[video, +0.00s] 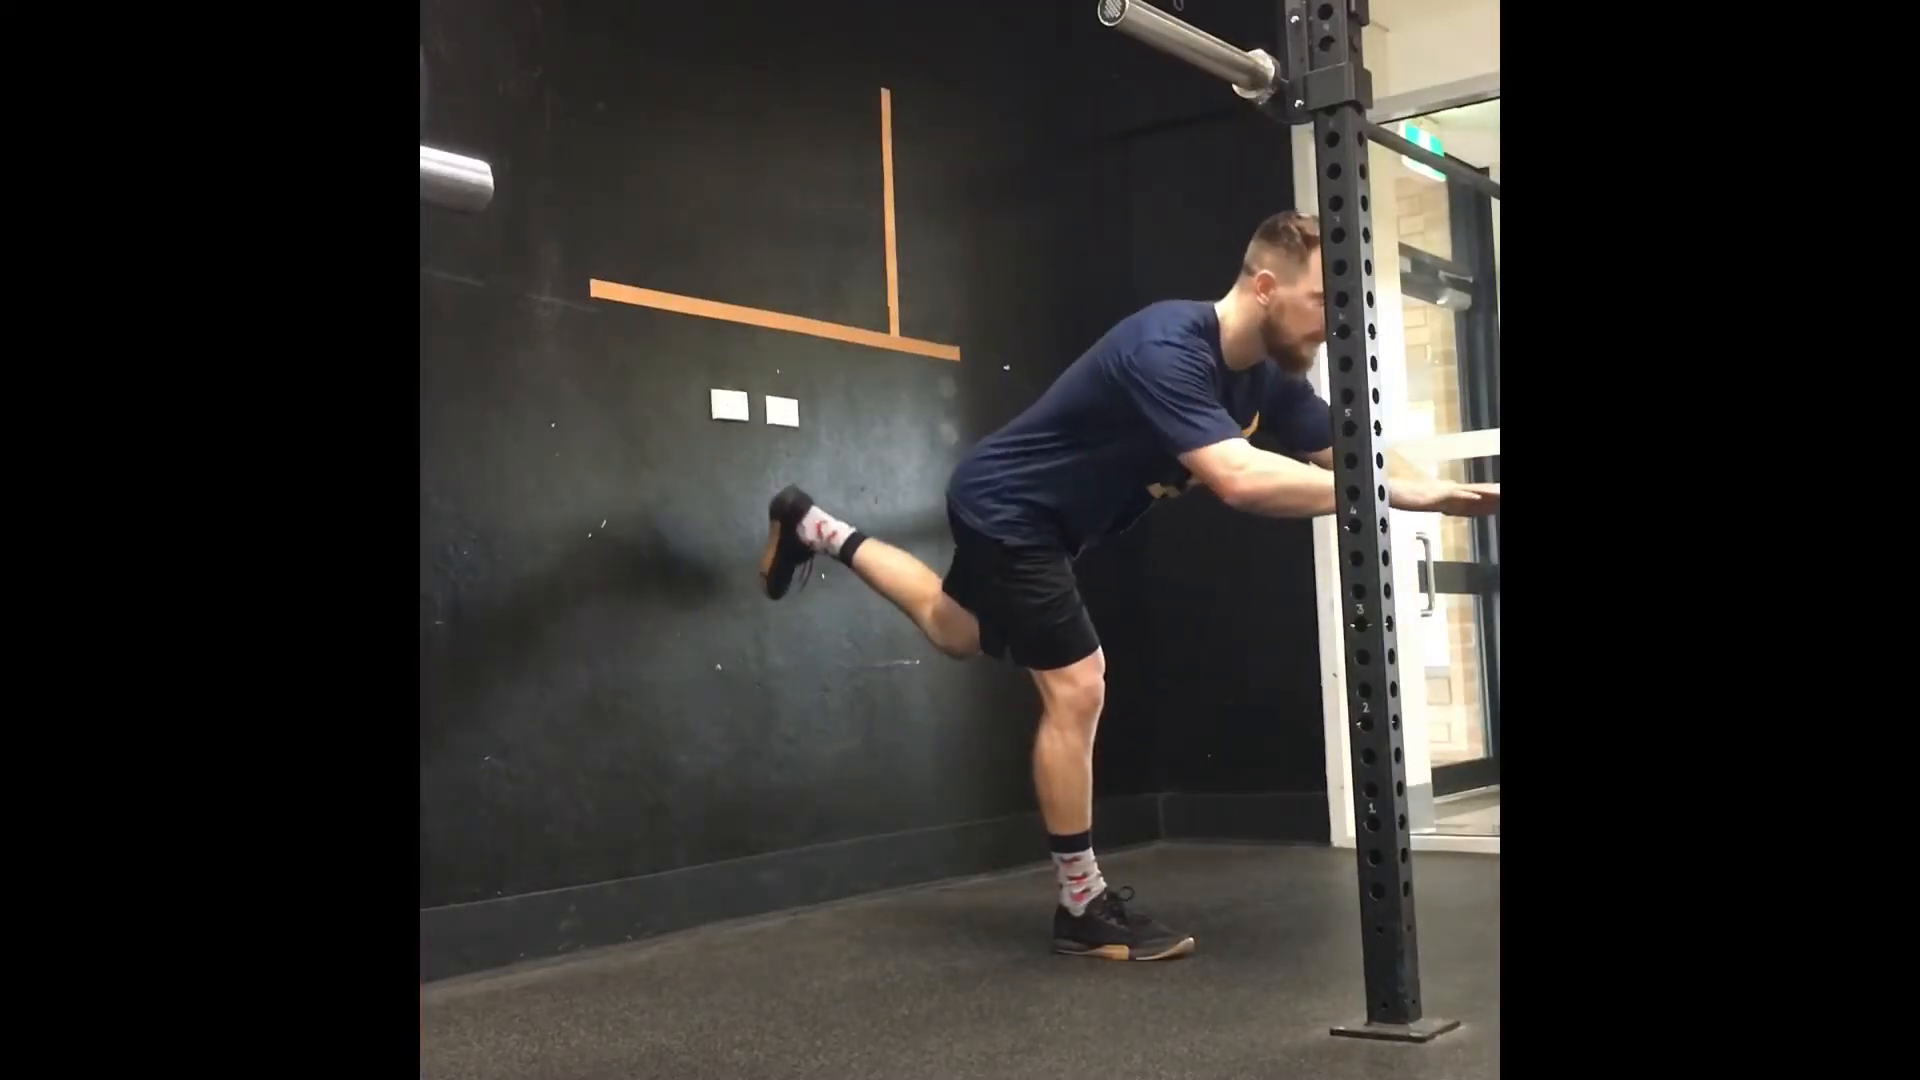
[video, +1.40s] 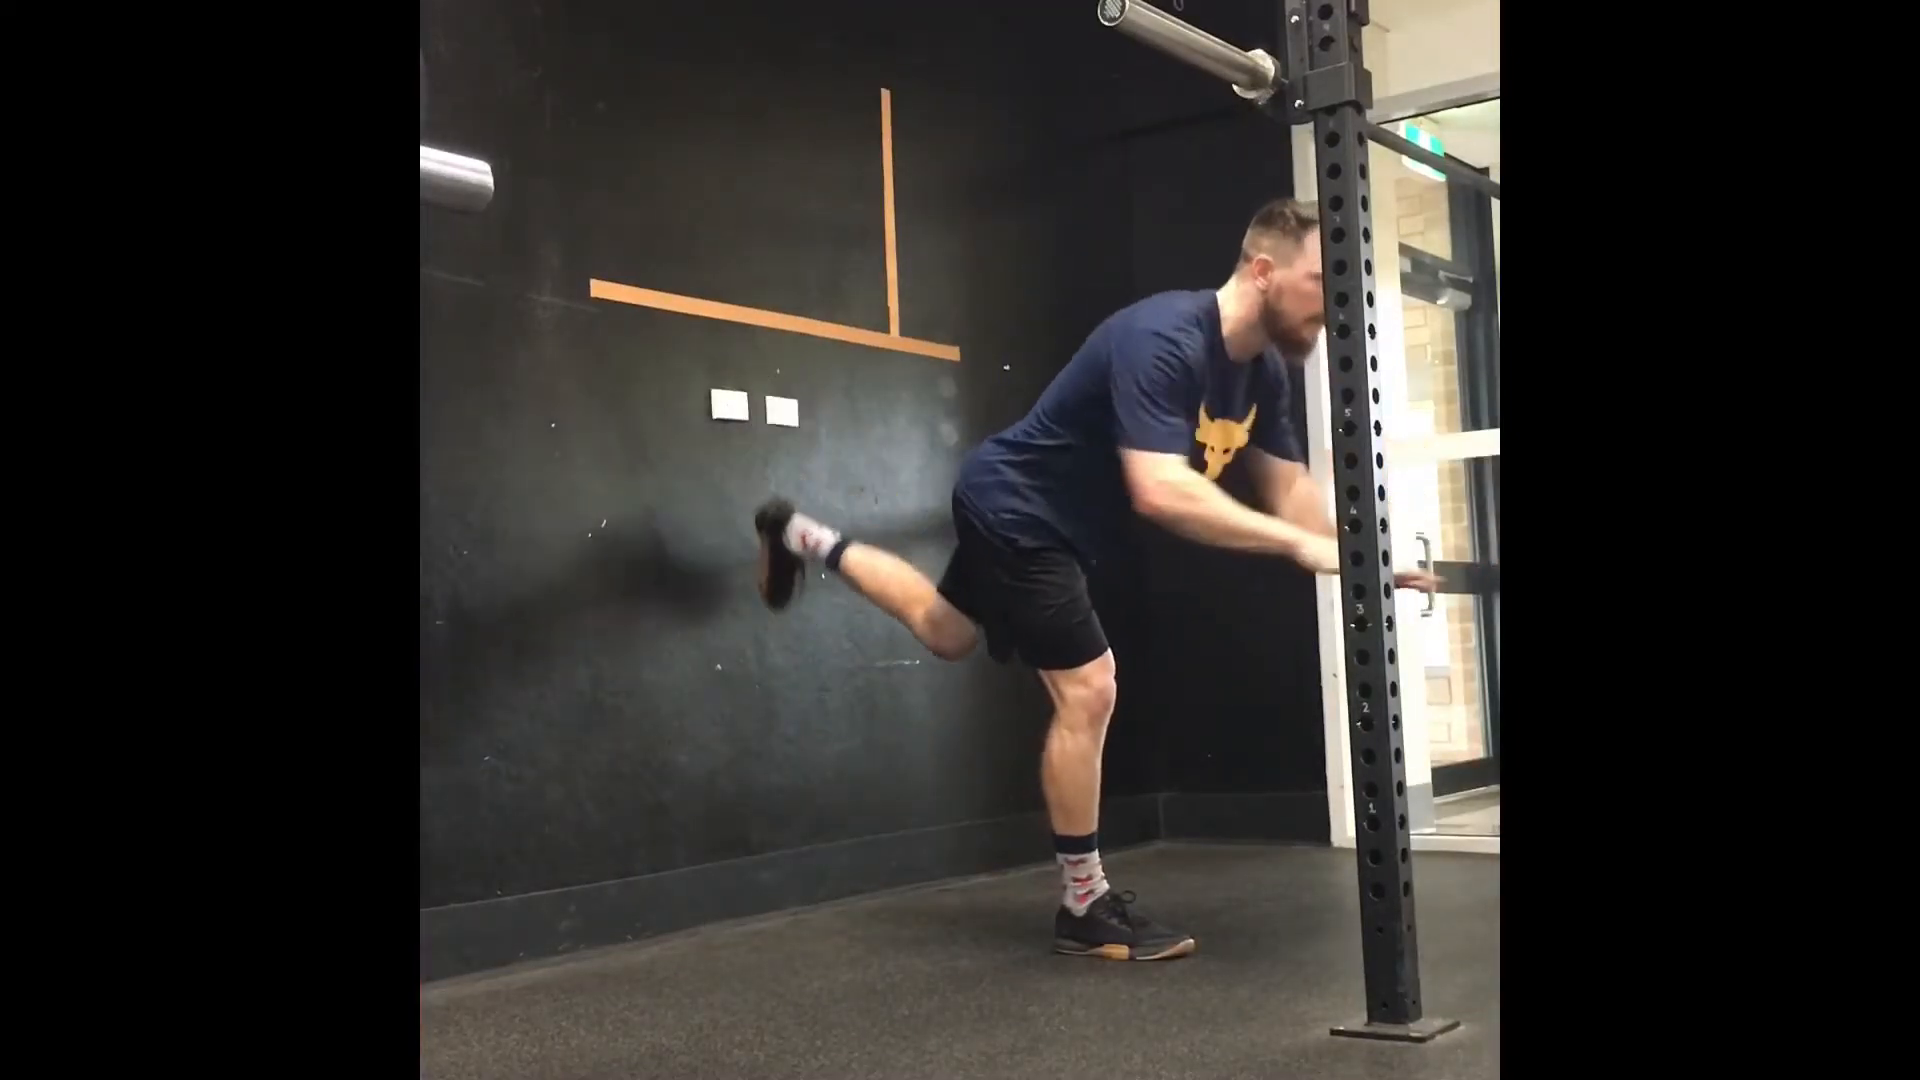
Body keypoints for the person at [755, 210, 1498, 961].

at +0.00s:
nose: (1331, 320)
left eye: (1334, 303)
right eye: (1324, 300)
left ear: (1280, 290)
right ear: (1270, 284)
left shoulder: (1262, 373)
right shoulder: (1166, 346)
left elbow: (1352, 457)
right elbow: (1236, 479)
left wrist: (1459, 494)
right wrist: (1375, 490)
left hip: (1043, 520)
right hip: (1000, 508)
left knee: (954, 627)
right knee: (1075, 686)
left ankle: (814, 528)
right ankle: (1084, 911)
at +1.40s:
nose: (1328, 304)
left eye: (1332, 287)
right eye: (1320, 284)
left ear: (1280, 280)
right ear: (1260, 272)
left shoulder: (1266, 373)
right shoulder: (1160, 340)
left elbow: (1291, 496)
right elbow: (1161, 495)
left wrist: (1381, 562)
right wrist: (1304, 543)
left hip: (1055, 522)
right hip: (1009, 507)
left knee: (945, 631)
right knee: (1085, 690)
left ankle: (805, 538)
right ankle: (1082, 906)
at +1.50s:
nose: (1317, 273)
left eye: (1321, 254)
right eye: (1306, 252)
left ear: (1266, 250)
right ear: (1246, 244)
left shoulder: (1248, 351)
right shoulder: (1144, 324)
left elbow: (1244, 476)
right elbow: (1105, 471)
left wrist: (1291, 558)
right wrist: (1236, 535)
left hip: (1069, 522)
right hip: (1013, 507)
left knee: (974, 662)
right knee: (1090, 691)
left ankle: (823, 598)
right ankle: (1083, 904)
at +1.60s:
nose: (1299, 242)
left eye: (1302, 224)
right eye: (1285, 222)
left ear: (1250, 225)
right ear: (1225, 217)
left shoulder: (1230, 331)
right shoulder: (1127, 305)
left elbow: (1207, 441)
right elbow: (1064, 443)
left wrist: (1234, 520)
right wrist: (1192, 513)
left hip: (1081, 525)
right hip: (1019, 509)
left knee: (1028, 694)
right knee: (1093, 690)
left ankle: (861, 666)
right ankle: (1084, 903)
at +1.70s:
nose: (1269, 209)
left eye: (1273, 192)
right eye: (1254, 189)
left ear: (1216, 192)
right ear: (1195, 184)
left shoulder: (1208, 299)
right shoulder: (1105, 281)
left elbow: (1184, 402)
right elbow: (1035, 412)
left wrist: (1203, 478)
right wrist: (1162, 469)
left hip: (1099, 517)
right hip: (1026, 511)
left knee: (1075, 694)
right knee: (1088, 695)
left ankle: (917, 732)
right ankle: (1083, 903)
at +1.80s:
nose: (1231, 177)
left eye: (1235, 161)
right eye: (1217, 157)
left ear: (1182, 160)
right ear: (1157, 152)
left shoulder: (1178, 271)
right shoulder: (1081, 258)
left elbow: (1137, 393)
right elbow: (1018, 388)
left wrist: (1195, 431)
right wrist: (1149, 424)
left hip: (1110, 514)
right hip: (1030, 515)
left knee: (1148, 682)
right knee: (1084, 698)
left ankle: (991, 777)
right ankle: (1082, 904)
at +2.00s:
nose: (1161, 144)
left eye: (1165, 130)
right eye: (1147, 125)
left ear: (1126, 130)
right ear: (1090, 119)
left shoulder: (1117, 228)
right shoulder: (1034, 228)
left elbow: (1095, 348)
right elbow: (994, 358)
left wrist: (1157, 354)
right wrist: (1127, 348)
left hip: (1135, 491)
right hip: (1057, 510)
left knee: (1246, 599)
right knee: (1087, 701)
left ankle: (1132, 765)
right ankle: (1078, 900)